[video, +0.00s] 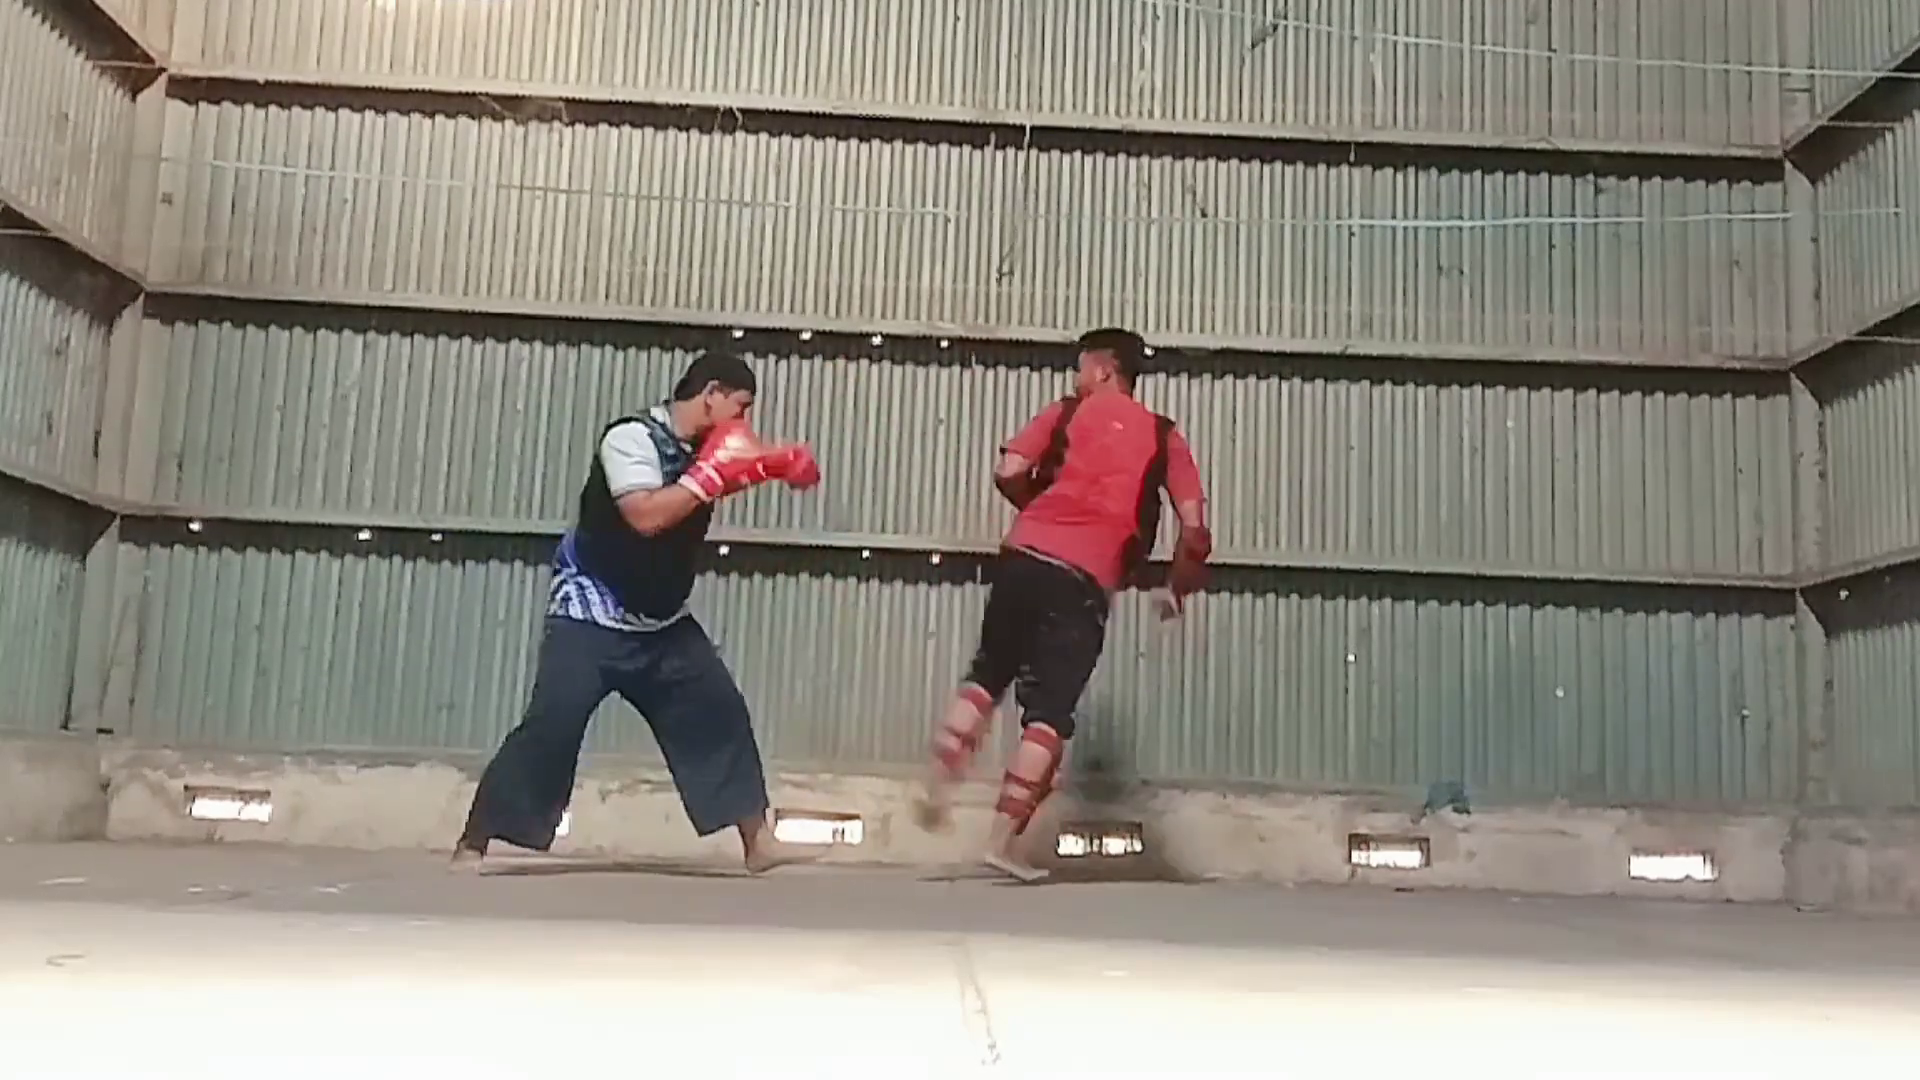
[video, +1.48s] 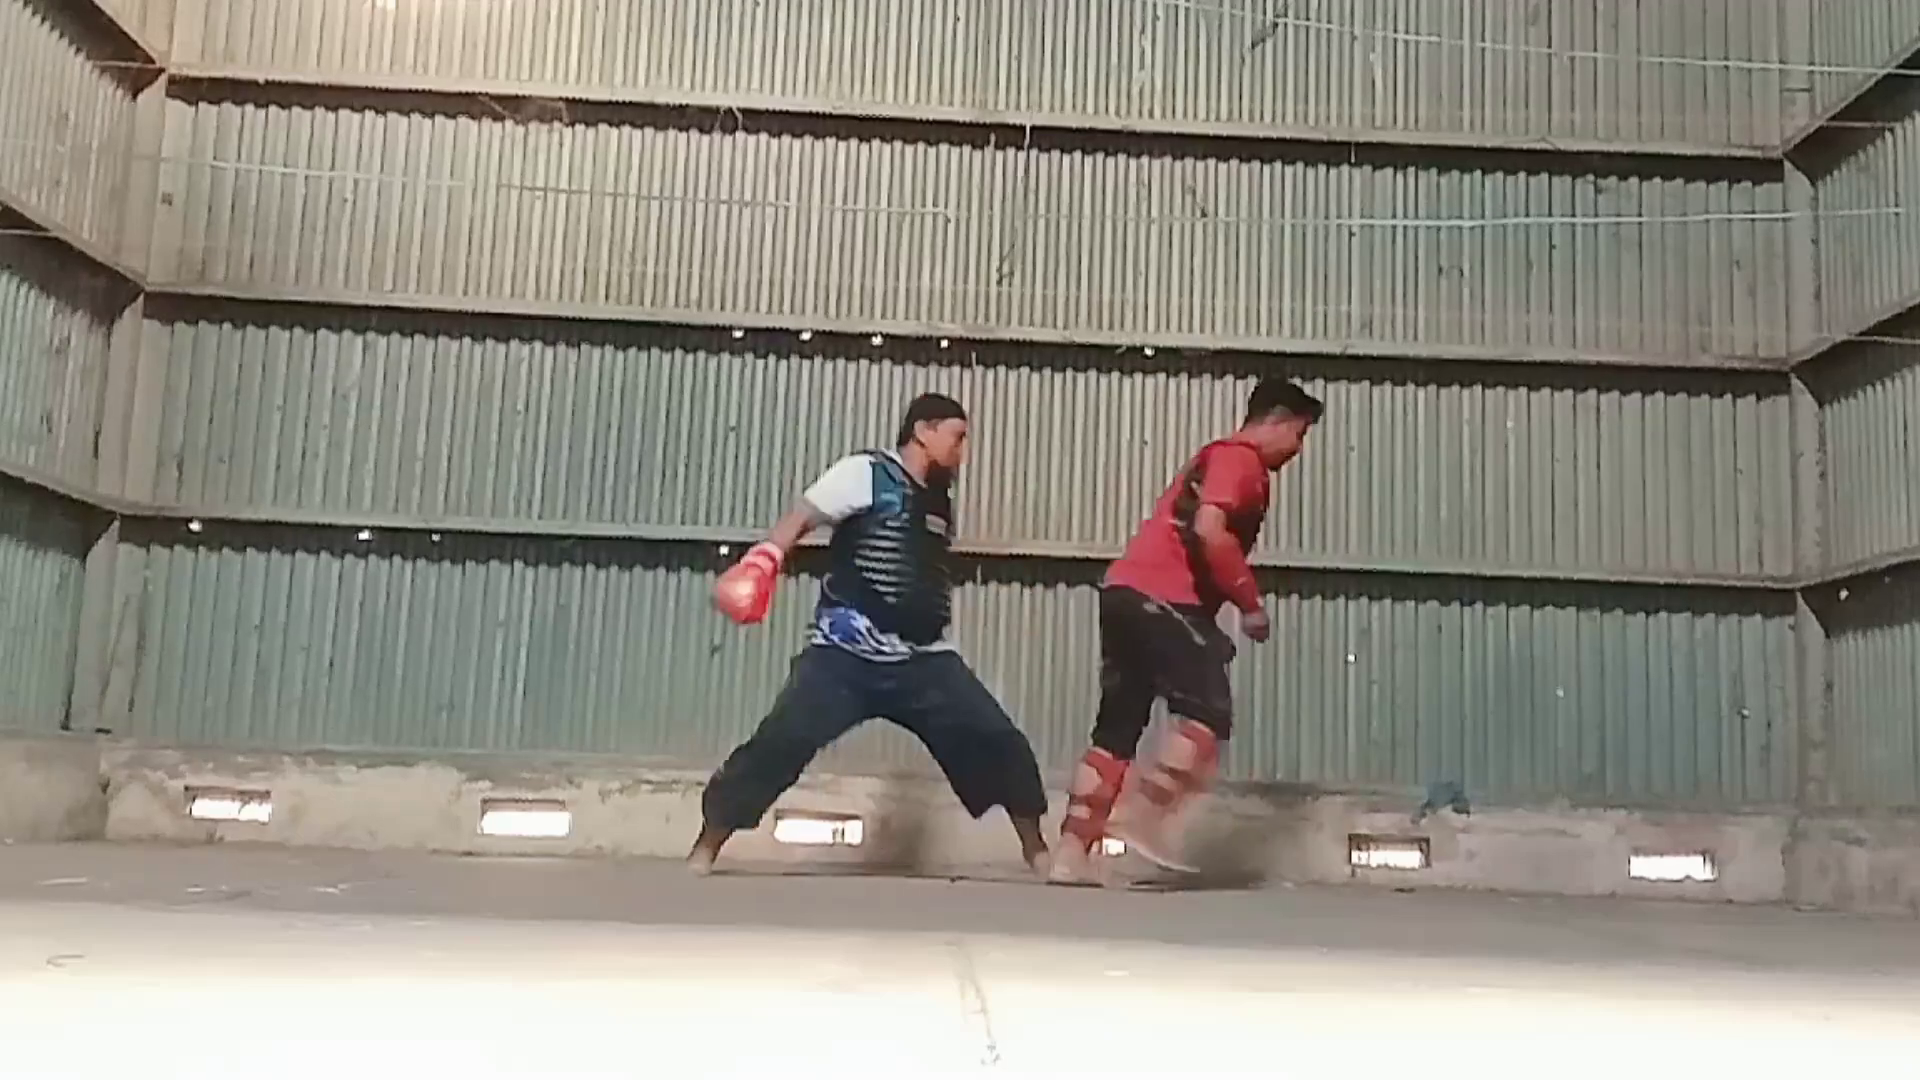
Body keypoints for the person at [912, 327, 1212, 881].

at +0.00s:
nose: (1076, 381)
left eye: (1081, 370)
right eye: (1079, 371)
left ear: (1105, 369)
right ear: (1130, 376)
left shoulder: (1067, 411)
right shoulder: (1165, 436)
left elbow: (1008, 472)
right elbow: (1195, 529)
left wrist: (1045, 510)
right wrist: (1178, 585)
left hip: (1020, 566)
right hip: (1081, 586)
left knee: (989, 672)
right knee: (1048, 713)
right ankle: (1000, 846)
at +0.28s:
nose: (1077, 409)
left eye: (1081, 397)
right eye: (1077, 398)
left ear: (1109, 394)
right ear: (1127, 397)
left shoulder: (1085, 449)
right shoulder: (1182, 449)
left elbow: (1055, 531)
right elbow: (1207, 536)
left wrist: (1042, 574)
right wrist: (1194, 563)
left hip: (1091, 613)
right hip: (1159, 616)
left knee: (1064, 726)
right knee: (1164, 729)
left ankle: (1048, 852)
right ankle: (1116, 818)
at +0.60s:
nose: (1153, 442)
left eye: (1159, 430)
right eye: (1155, 430)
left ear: (1185, 431)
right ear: (1200, 435)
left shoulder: (1165, 489)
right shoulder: (1255, 488)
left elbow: (1143, 565)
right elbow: (1293, 576)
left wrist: (1132, 629)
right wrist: (1270, 635)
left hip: (1186, 653)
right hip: (1257, 653)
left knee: (1117, 737)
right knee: (1288, 756)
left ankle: (1106, 855)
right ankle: (1333, 868)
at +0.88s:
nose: (1268, 416)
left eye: (1268, 405)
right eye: (1265, 404)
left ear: (1219, 404)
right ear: (1240, 402)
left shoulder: (1178, 449)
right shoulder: (1235, 445)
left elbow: (1177, 534)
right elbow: (1229, 529)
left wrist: (1235, 581)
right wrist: (1272, 598)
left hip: (1119, 586)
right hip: (1181, 587)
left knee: (1129, 715)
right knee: (1242, 685)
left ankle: (1109, 843)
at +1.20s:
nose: (1261, 448)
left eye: (1274, 443)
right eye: (1252, 435)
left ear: (1282, 457)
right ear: (1231, 437)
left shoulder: (1234, 512)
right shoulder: (1208, 476)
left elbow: (1177, 577)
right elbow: (1156, 530)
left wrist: (1157, 642)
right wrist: (1202, 599)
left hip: (1113, 619)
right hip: (1101, 577)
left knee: (1096, 731)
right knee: (1031, 631)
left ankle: (1071, 859)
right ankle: (965, 557)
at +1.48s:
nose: (1299, 448)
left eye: (1303, 437)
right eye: (1299, 434)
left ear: (1257, 422)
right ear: (1275, 423)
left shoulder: (1218, 457)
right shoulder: (1240, 459)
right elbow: (1209, 529)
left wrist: (1207, 620)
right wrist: (1250, 604)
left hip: (1124, 589)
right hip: (1165, 597)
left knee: (1120, 720)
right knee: (1206, 715)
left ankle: (1072, 853)